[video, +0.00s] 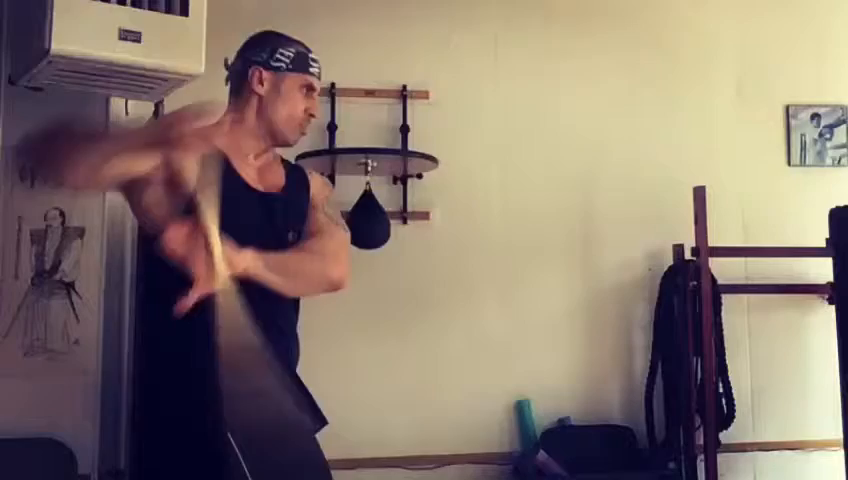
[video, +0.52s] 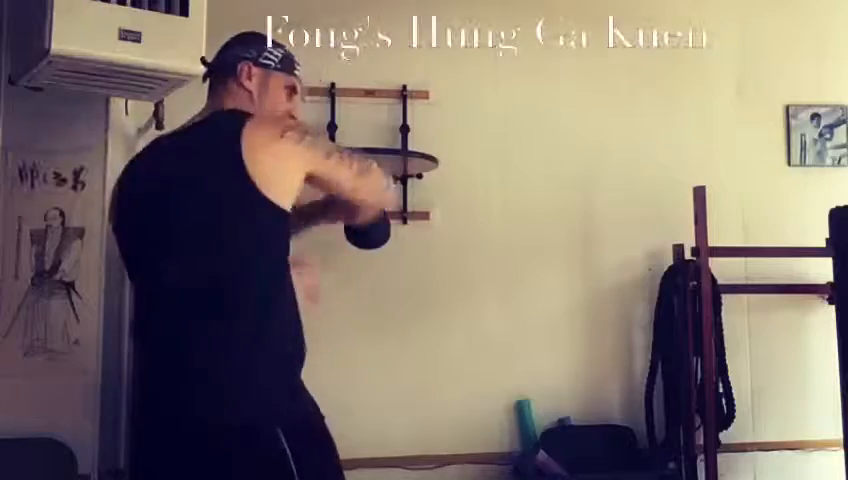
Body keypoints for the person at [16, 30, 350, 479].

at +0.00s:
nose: (315, 108)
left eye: (316, 95)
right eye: (306, 90)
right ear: (260, 80)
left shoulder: (309, 187)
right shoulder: (184, 153)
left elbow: (334, 269)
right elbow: (45, 161)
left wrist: (244, 259)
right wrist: (160, 144)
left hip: (268, 414)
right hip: (180, 409)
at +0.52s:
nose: (295, 111)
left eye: (297, 96)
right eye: (289, 91)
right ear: (247, 76)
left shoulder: (136, 170)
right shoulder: (274, 140)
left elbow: (171, 276)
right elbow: (374, 193)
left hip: (163, 406)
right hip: (258, 408)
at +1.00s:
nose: (264, 80)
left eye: (259, 65)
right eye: (251, 62)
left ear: (203, 65)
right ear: (201, 63)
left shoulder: (197, 164)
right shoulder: (190, 170)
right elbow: (314, 268)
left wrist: (320, 221)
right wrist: (391, 203)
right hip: (247, 436)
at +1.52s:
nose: (304, 126)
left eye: (306, 109)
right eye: (297, 104)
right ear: (250, 88)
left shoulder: (266, 185)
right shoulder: (181, 141)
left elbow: (326, 275)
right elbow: (260, 93)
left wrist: (282, 241)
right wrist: (348, 150)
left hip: (263, 393)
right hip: (184, 397)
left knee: (302, 471)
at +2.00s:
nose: (293, 104)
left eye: (293, 89)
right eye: (285, 83)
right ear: (241, 72)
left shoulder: (138, 172)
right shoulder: (266, 151)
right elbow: (367, 232)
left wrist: (319, 242)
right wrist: (376, 211)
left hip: (166, 416)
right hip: (266, 417)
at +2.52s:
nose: (283, 92)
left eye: (282, 78)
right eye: (271, 75)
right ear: (223, 75)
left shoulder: (291, 184)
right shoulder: (163, 179)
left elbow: (340, 280)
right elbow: (131, 308)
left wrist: (282, 277)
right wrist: (248, 317)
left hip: (287, 433)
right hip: (191, 439)